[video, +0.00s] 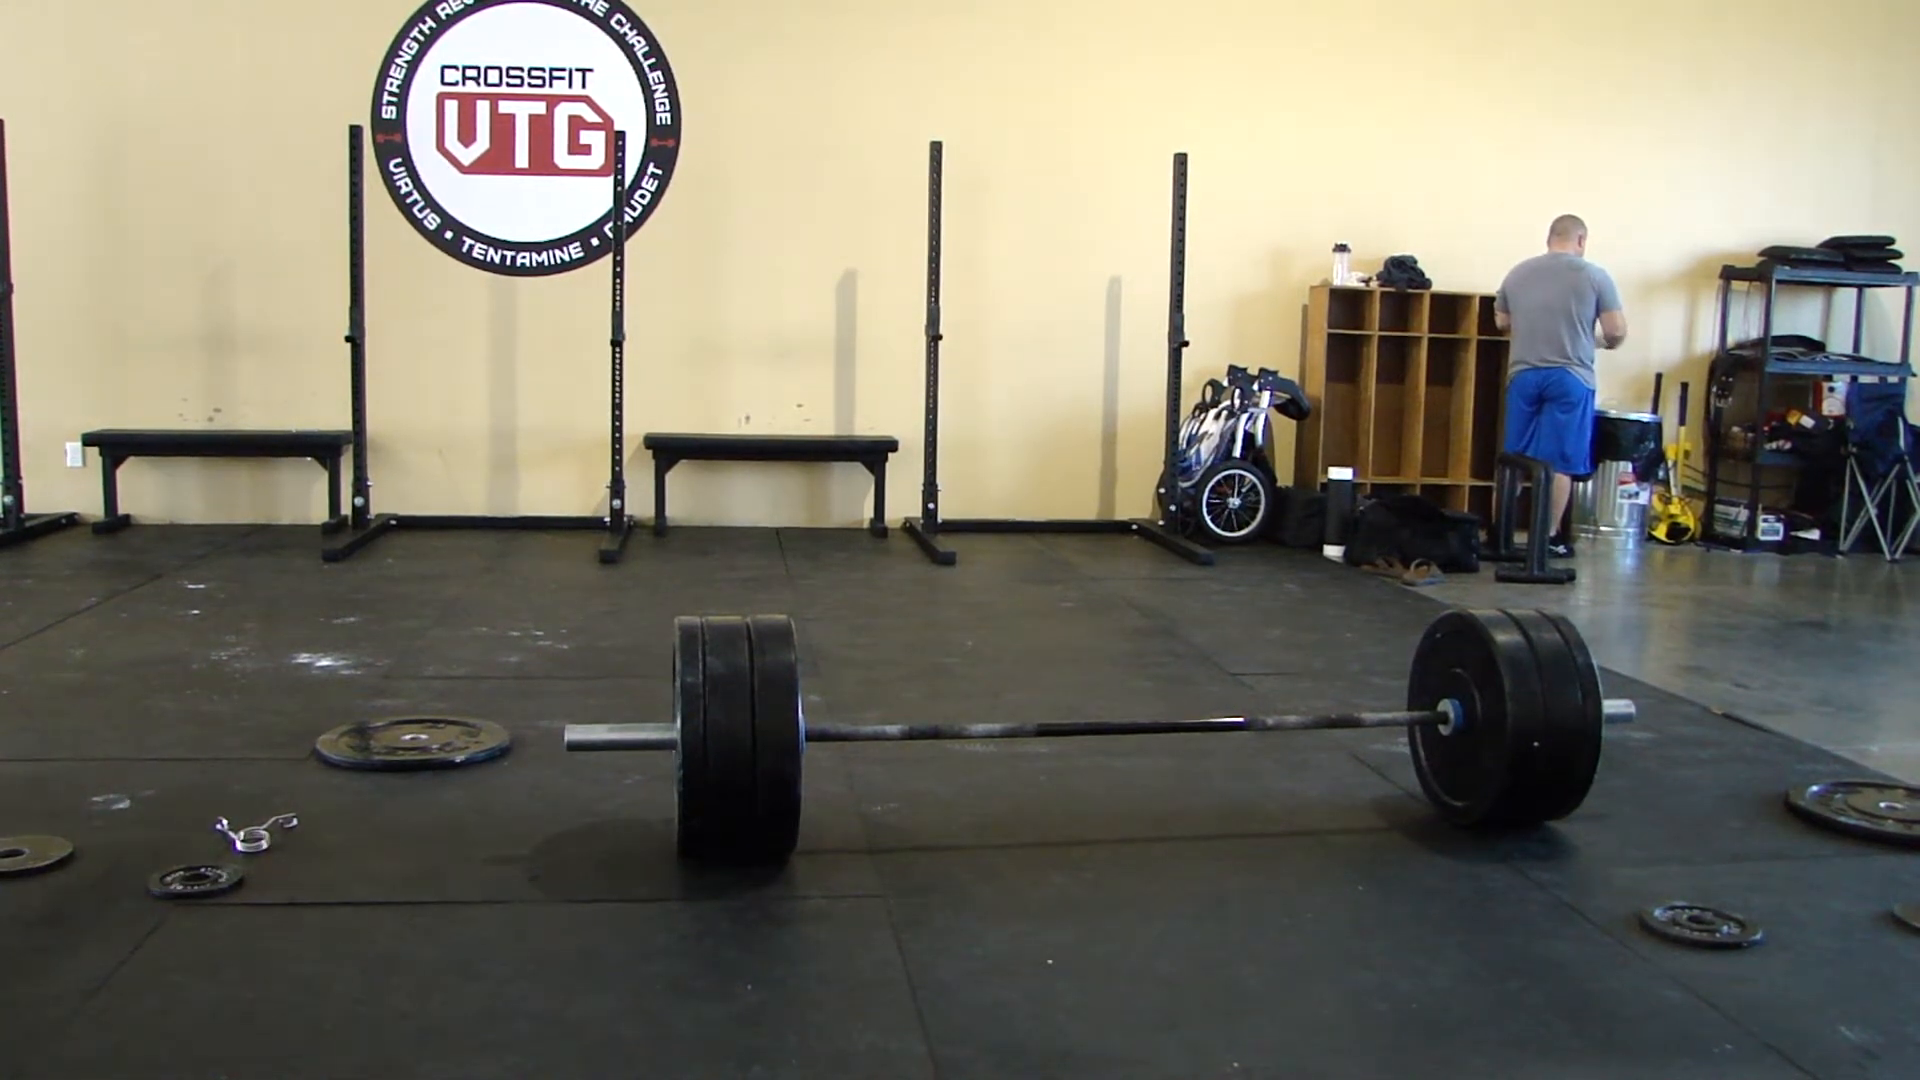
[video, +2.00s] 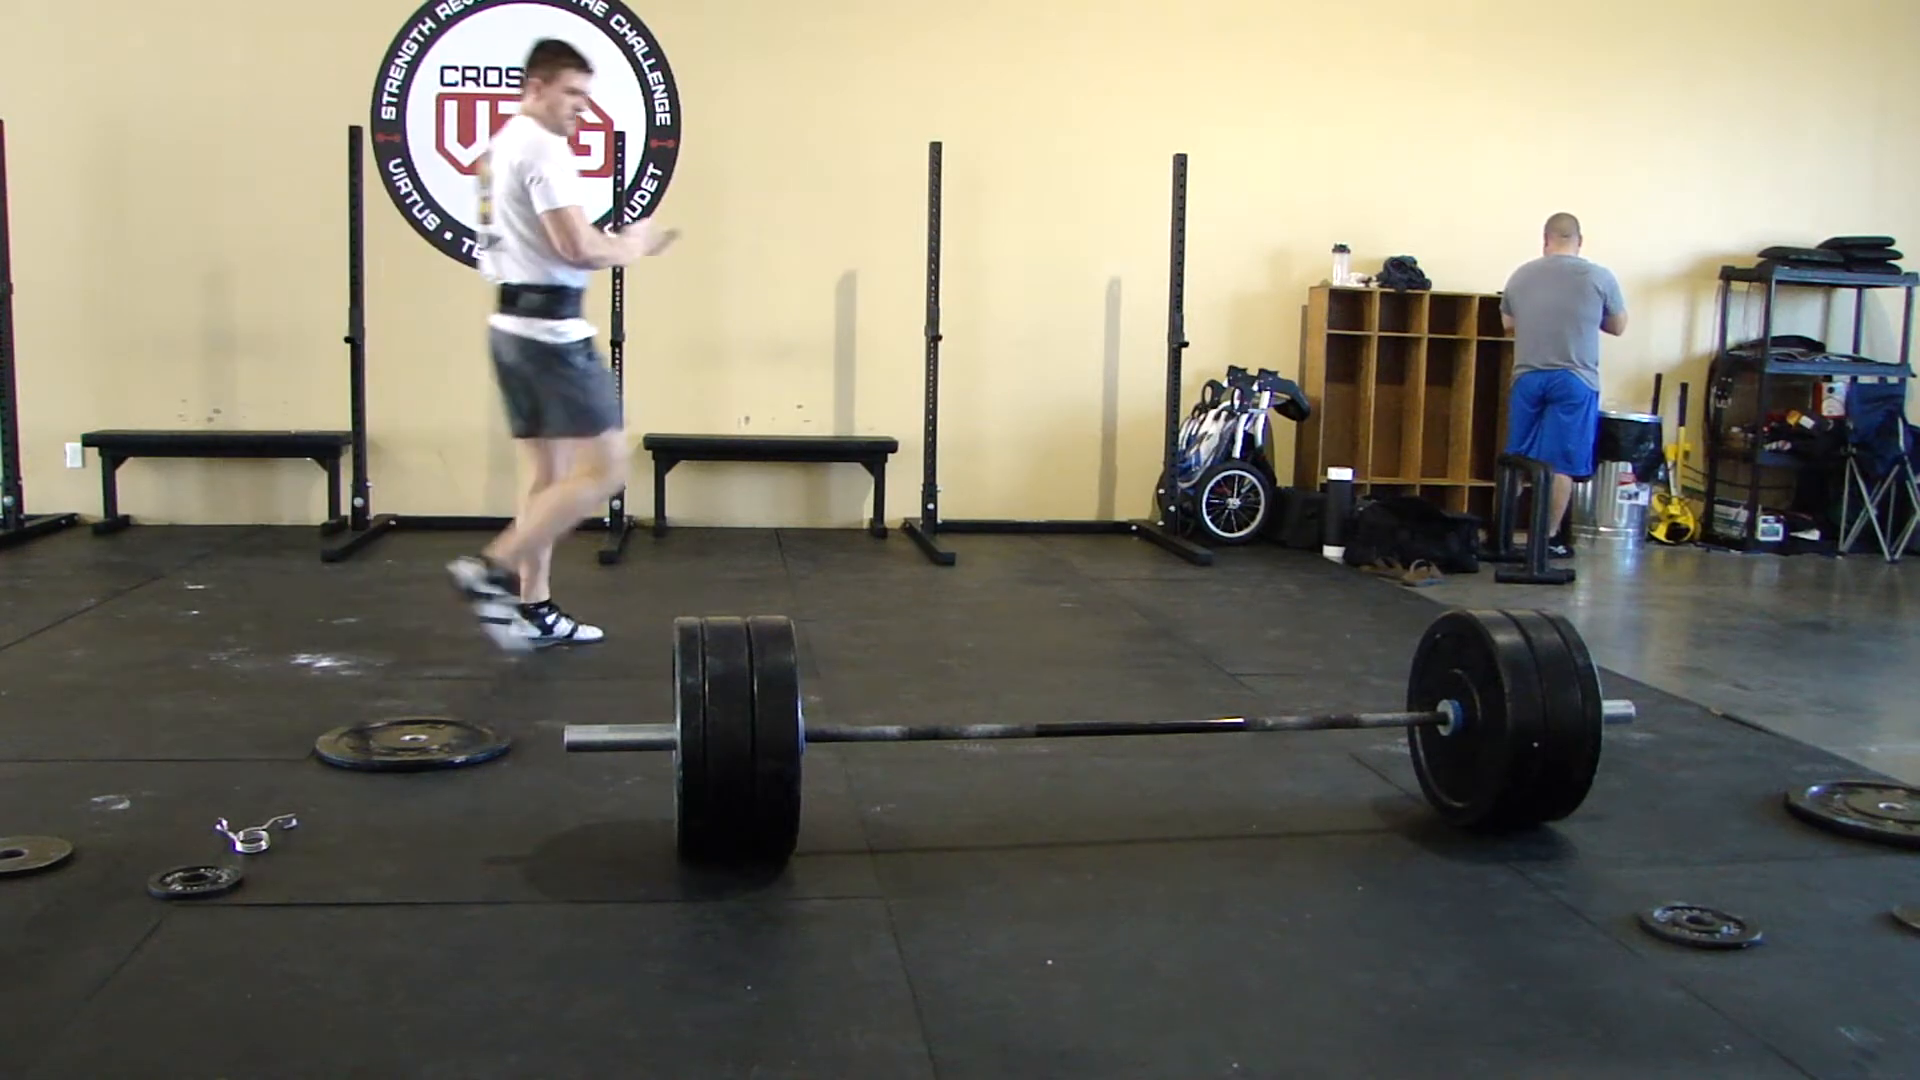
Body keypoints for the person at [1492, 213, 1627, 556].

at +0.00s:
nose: (1582, 248)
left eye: (1581, 243)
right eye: (1584, 243)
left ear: (1548, 240)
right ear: (1581, 241)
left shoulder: (1518, 272)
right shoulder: (1593, 275)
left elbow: (1502, 321)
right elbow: (1616, 332)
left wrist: (1533, 322)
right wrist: (1603, 340)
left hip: (1523, 375)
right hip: (1570, 377)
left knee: (1512, 459)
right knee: (1560, 464)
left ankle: (1500, 535)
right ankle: (1548, 537)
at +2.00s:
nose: (1553, 245)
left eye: (1548, 240)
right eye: (1576, 240)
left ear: (1545, 240)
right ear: (1580, 241)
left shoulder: (1521, 275)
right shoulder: (1599, 276)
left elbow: (1509, 323)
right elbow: (1617, 326)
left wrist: (1543, 314)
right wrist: (1581, 312)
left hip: (1527, 377)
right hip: (1575, 379)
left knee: (1516, 459)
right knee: (1561, 466)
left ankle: (1502, 535)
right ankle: (1547, 540)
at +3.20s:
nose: (1580, 246)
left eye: (1556, 238)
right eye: (1583, 241)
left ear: (1549, 239)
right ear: (1583, 241)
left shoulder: (1521, 275)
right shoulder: (1597, 277)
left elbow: (1506, 318)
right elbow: (1622, 326)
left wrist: (1540, 312)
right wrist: (1591, 314)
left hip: (1527, 378)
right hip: (1576, 380)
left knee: (1517, 460)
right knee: (1562, 466)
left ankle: (1502, 535)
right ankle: (1547, 540)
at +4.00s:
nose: (1585, 244)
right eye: (1585, 240)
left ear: (1550, 239)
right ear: (1586, 241)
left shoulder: (1523, 272)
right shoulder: (1599, 277)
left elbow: (1511, 299)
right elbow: (1616, 331)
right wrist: (1628, 377)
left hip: (1529, 379)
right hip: (1577, 382)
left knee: (1520, 461)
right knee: (1564, 466)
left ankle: (1501, 533)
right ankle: (1548, 539)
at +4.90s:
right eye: (1586, 237)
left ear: (1551, 239)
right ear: (1587, 241)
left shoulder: (1527, 272)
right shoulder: (1602, 278)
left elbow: (1516, 263)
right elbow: (1617, 333)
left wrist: (1550, 241)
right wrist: (1630, 377)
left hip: (1531, 379)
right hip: (1578, 381)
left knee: (1519, 459)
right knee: (1565, 465)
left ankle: (1503, 534)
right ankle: (1548, 539)